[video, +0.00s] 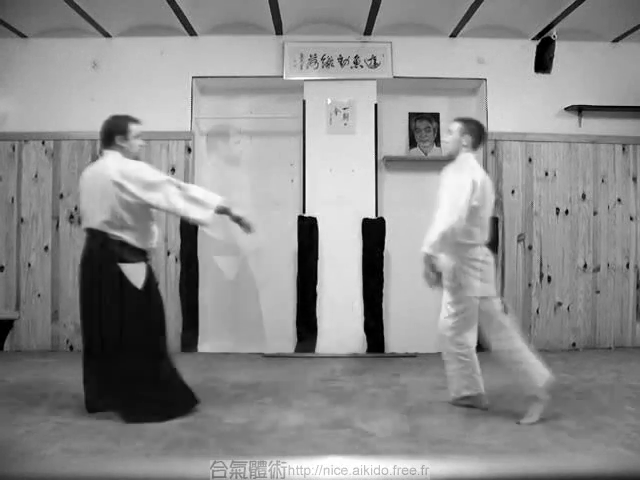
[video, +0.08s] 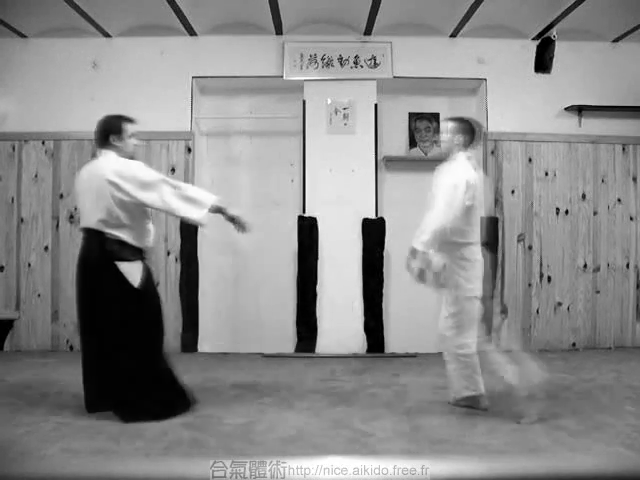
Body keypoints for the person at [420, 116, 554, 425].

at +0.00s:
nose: (444, 138)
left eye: (450, 133)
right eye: (445, 132)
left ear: (466, 140)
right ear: (468, 142)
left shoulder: (461, 172)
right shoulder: (477, 173)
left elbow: (450, 217)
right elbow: (476, 229)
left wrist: (428, 251)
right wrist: (441, 257)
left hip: (466, 261)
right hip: (475, 260)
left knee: (455, 330)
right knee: (496, 327)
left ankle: (469, 395)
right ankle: (541, 383)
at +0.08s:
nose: (440, 138)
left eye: (445, 133)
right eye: (441, 133)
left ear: (461, 139)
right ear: (460, 139)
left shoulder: (458, 171)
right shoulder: (457, 169)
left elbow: (444, 216)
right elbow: (436, 213)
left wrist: (420, 247)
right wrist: (422, 248)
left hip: (462, 259)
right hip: (461, 258)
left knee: (457, 329)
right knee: (463, 328)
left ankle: (469, 394)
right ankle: (514, 379)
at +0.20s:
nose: (423, 137)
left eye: (430, 133)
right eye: (425, 132)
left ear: (447, 139)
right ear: (446, 140)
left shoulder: (447, 171)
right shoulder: (448, 169)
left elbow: (431, 217)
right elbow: (430, 218)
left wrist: (401, 248)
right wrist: (416, 250)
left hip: (454, 265)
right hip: (455, 263)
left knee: (420, 326)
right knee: (459, 333)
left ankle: (467, 390)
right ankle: (472, 393)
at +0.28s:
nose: (420, 138)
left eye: (428, 133)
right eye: (416, 132)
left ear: (441, 139)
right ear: (412, 138)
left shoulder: (442, 176)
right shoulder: (416, 176)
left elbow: (422, 222)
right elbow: (400, 216)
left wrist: (386, 236)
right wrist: (374, 239)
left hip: (439, 264)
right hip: (416, 263)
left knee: (450, 327)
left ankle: (476, 391)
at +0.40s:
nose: (395, 138)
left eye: (403, 133)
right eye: (395, 132)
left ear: (421, 140)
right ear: (400, 140)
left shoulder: (427, 177)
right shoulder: (399, 177)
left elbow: (407, 223)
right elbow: (390, 220)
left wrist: (368, 225)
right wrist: (361, 225)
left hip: (414, 272)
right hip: (402, 271)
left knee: (380, 333)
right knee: (436, 332)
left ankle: (375, 404)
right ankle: (473, 385)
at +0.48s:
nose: (380, 138)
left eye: (388, 133)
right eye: (382, 132)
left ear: (406, 140)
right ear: (395, 141)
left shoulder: (406, 178)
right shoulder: (414, 174)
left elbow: (373, 211)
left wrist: (335, 213)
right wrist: (335, 207)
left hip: (398, 271)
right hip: (410, 268)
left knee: (375, 337)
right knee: (419, 331)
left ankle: (376, 406)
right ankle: (463, 379)